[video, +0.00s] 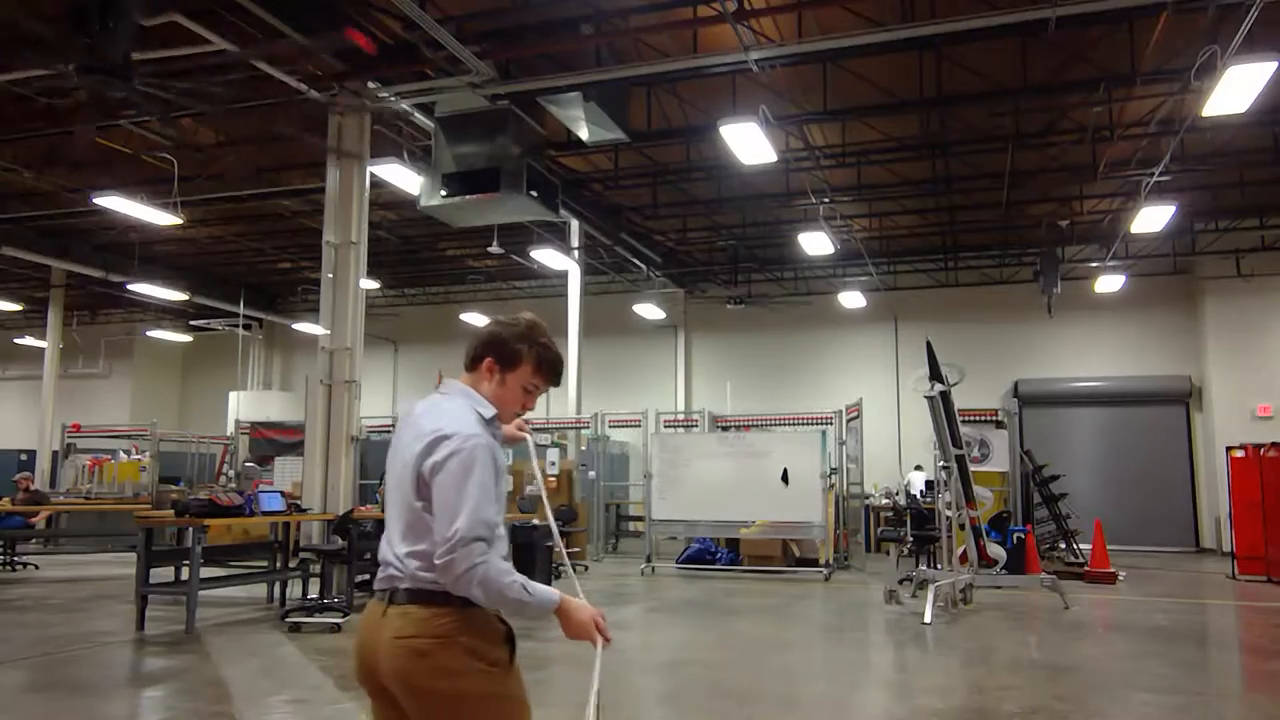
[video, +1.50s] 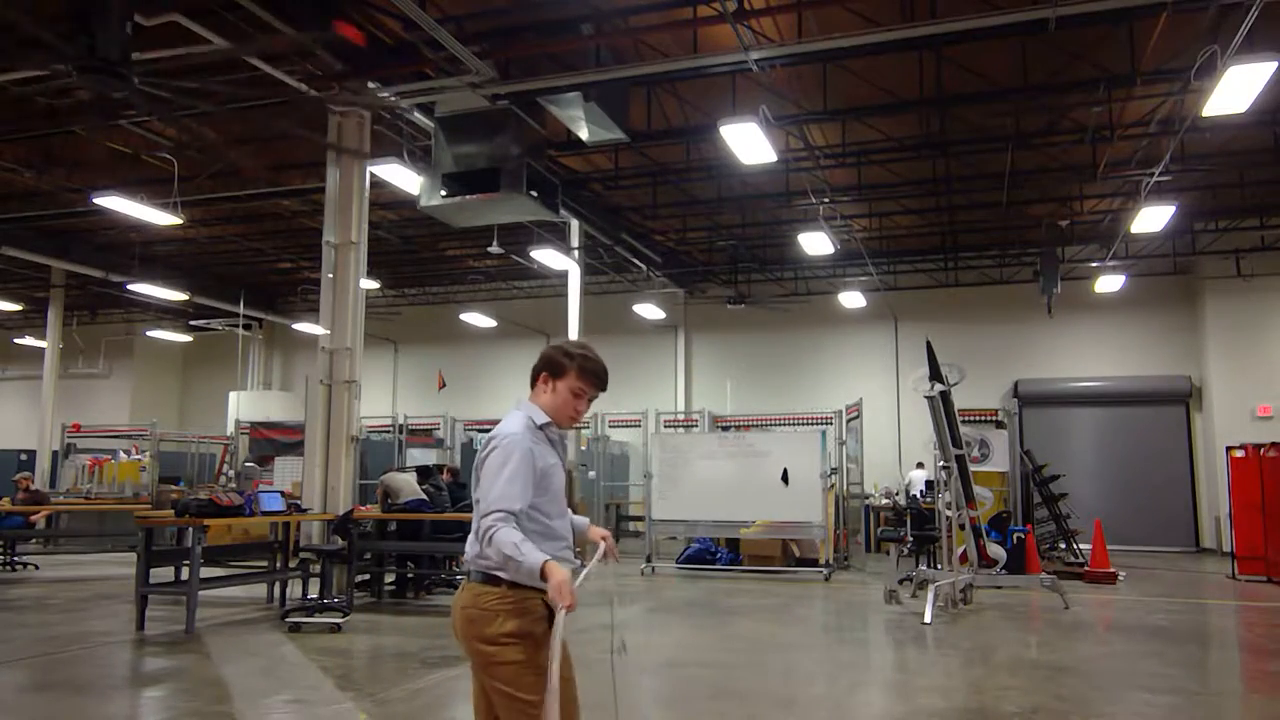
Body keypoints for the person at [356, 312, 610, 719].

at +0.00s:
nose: (530, 407)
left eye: (537, 395)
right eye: (528, 390)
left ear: (486, 370)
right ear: (490, 370)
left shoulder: (420, 413)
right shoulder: (467, 437)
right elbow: (466, 563)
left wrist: (494, 433)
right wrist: (559, 605)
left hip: (382, 622)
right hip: (442, 636)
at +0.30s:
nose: (571, 409)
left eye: (578, 398)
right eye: (570, 393)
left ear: (528, 374)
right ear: (532, 374)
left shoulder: (463, 418)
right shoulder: (511, 441)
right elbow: (503, 564)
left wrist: (537, 434)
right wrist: (590, 629)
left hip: (432, 612)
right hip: (491, 626)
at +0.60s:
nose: (620, 418)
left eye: (626, 408)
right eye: (622, 404)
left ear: (585, 381)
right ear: (590, 384)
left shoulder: (508, 411)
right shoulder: (555, 449)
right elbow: (514, 569)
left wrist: (575, 434)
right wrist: (564, 664)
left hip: (459, 605)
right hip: (511, 617)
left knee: (481, 713)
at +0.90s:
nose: (623, 428)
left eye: (629, 419)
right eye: (625, 416)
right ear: (597, 400)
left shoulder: (527, 416)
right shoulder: (547, 458)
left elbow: (566, 437)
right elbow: (536, 575)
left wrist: (602, 458)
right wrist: (624, 590)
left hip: (476, 599)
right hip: (515, 617)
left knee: (493, 713)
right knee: (543, 711)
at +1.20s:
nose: (602, 417)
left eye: (606, 407)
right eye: (601, 404)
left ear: (567, 388)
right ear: (569, 388)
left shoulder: (539, 434)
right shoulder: (524, 444)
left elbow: (564, 480)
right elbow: (509, 550)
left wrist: (605, 496)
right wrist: (602, 566)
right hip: (513, 612)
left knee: (513, 712)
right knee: (536, 712)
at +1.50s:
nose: (583, 409)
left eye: (589, 401)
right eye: (577, 395)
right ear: (545, 383)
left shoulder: (538, 438)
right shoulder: (517, 439)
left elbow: (542, 515)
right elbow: (493, 529)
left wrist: (587, 529)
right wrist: (547, 567)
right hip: (505, 605)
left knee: (495, 713)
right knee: (546, 713)